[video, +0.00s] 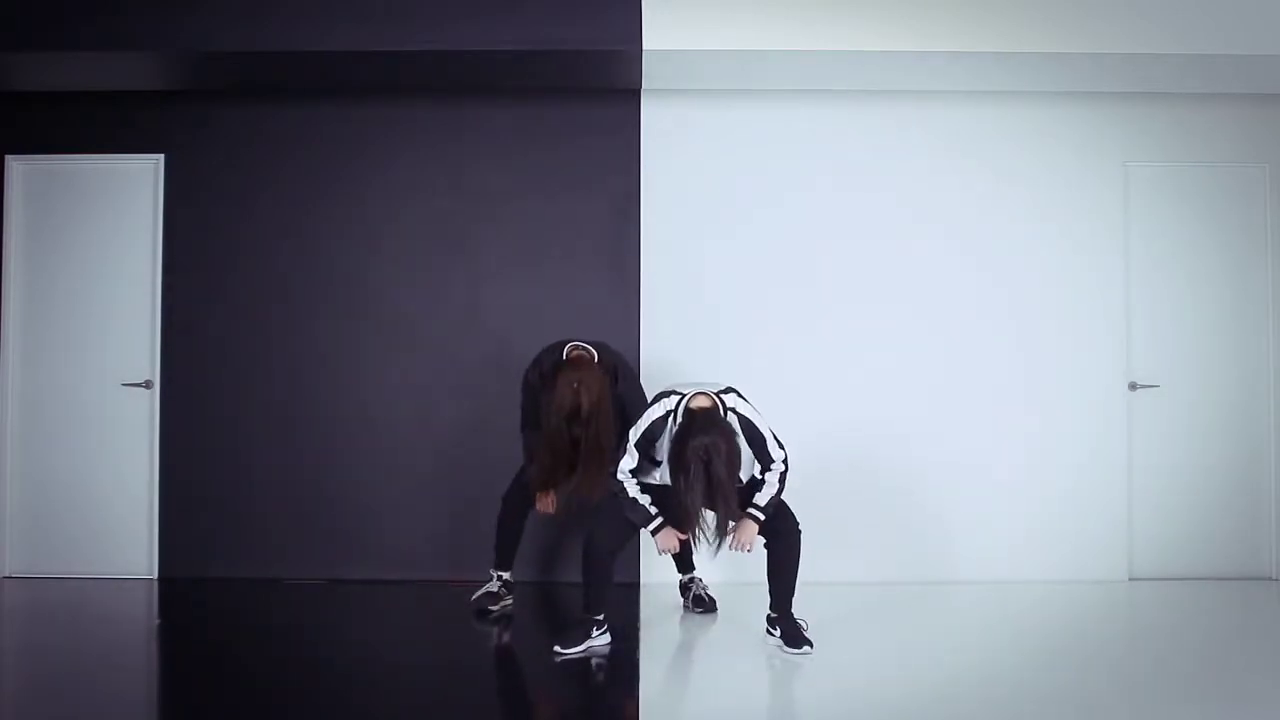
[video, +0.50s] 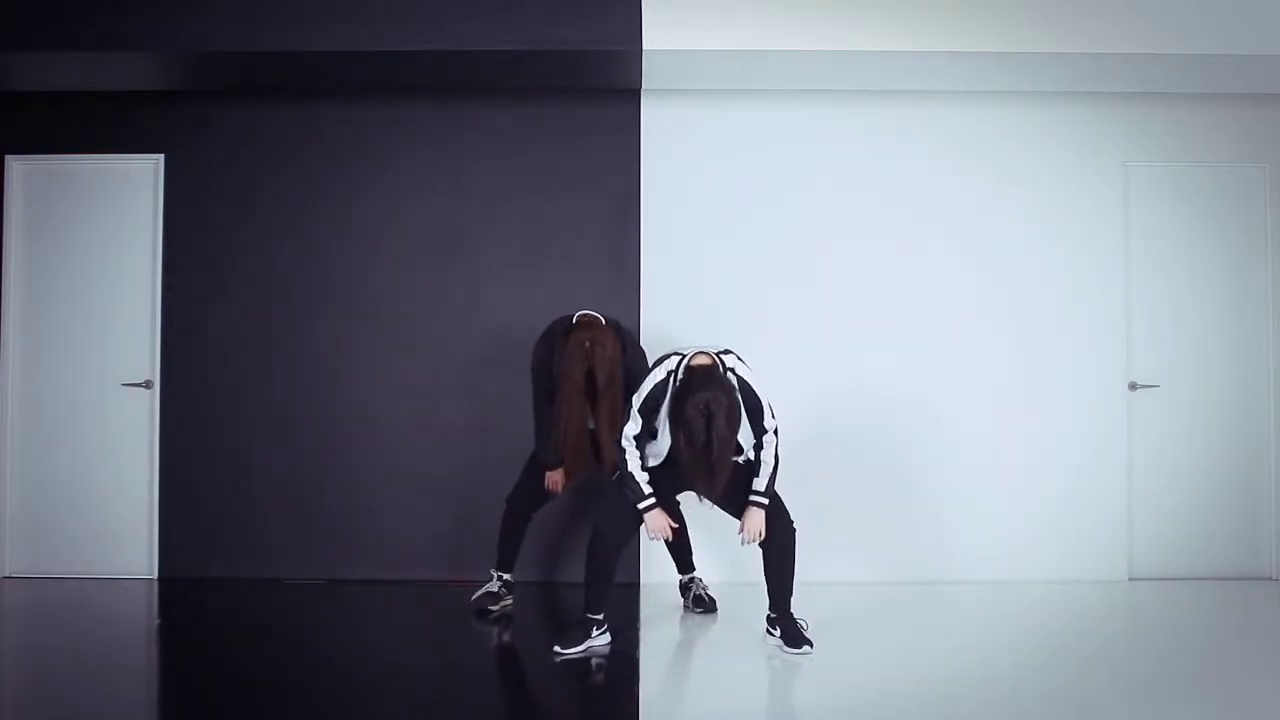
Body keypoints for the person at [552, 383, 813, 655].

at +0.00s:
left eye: (716, 473)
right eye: (702, 473)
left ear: (726, 440)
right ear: (683, 444)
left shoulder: (739, 412)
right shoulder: (661, 414)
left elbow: (778, 461)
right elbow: (623, 473)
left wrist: (753, 516)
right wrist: (657, 526)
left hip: (724, 476)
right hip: (664, 479)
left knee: (785, 528)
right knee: (602, 535)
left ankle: (781, 617)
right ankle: (595, 624)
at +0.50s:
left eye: (716, 434)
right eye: (700, 436)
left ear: (727, 400)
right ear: (683, 403)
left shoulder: (739, 379)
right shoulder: (661, 380)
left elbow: (768, 435)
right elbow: (628, 441)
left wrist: (757, 503)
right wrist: (649, 506)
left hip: (721, 463)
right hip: (663, 464)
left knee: (781, 526)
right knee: (609, 529)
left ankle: (780, 616)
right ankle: (596, 623)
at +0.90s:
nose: (708, 400)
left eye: (716, 391)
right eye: (700, 391)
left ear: (728, 359)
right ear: (684, 360)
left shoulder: (742, 351)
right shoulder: (661, 344)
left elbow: (758, 413)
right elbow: (631, 408)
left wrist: (751, 475)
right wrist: (643, 477)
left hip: (722, 453)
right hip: (664, 452)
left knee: (772, 529)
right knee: (612, 525)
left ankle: (780, 617)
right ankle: (596, 622)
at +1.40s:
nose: (701, 356)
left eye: (709, 349)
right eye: (692, 349)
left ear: (723, 323)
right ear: (676, 324)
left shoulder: (740, 324)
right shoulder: (652, 321)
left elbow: (753, 387)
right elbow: (629, 383)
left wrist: (747, 445)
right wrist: (640, 448)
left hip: (719, 440)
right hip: (663, 439)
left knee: (760, 526)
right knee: (619, 525)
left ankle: (779, 616)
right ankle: (596, 620)